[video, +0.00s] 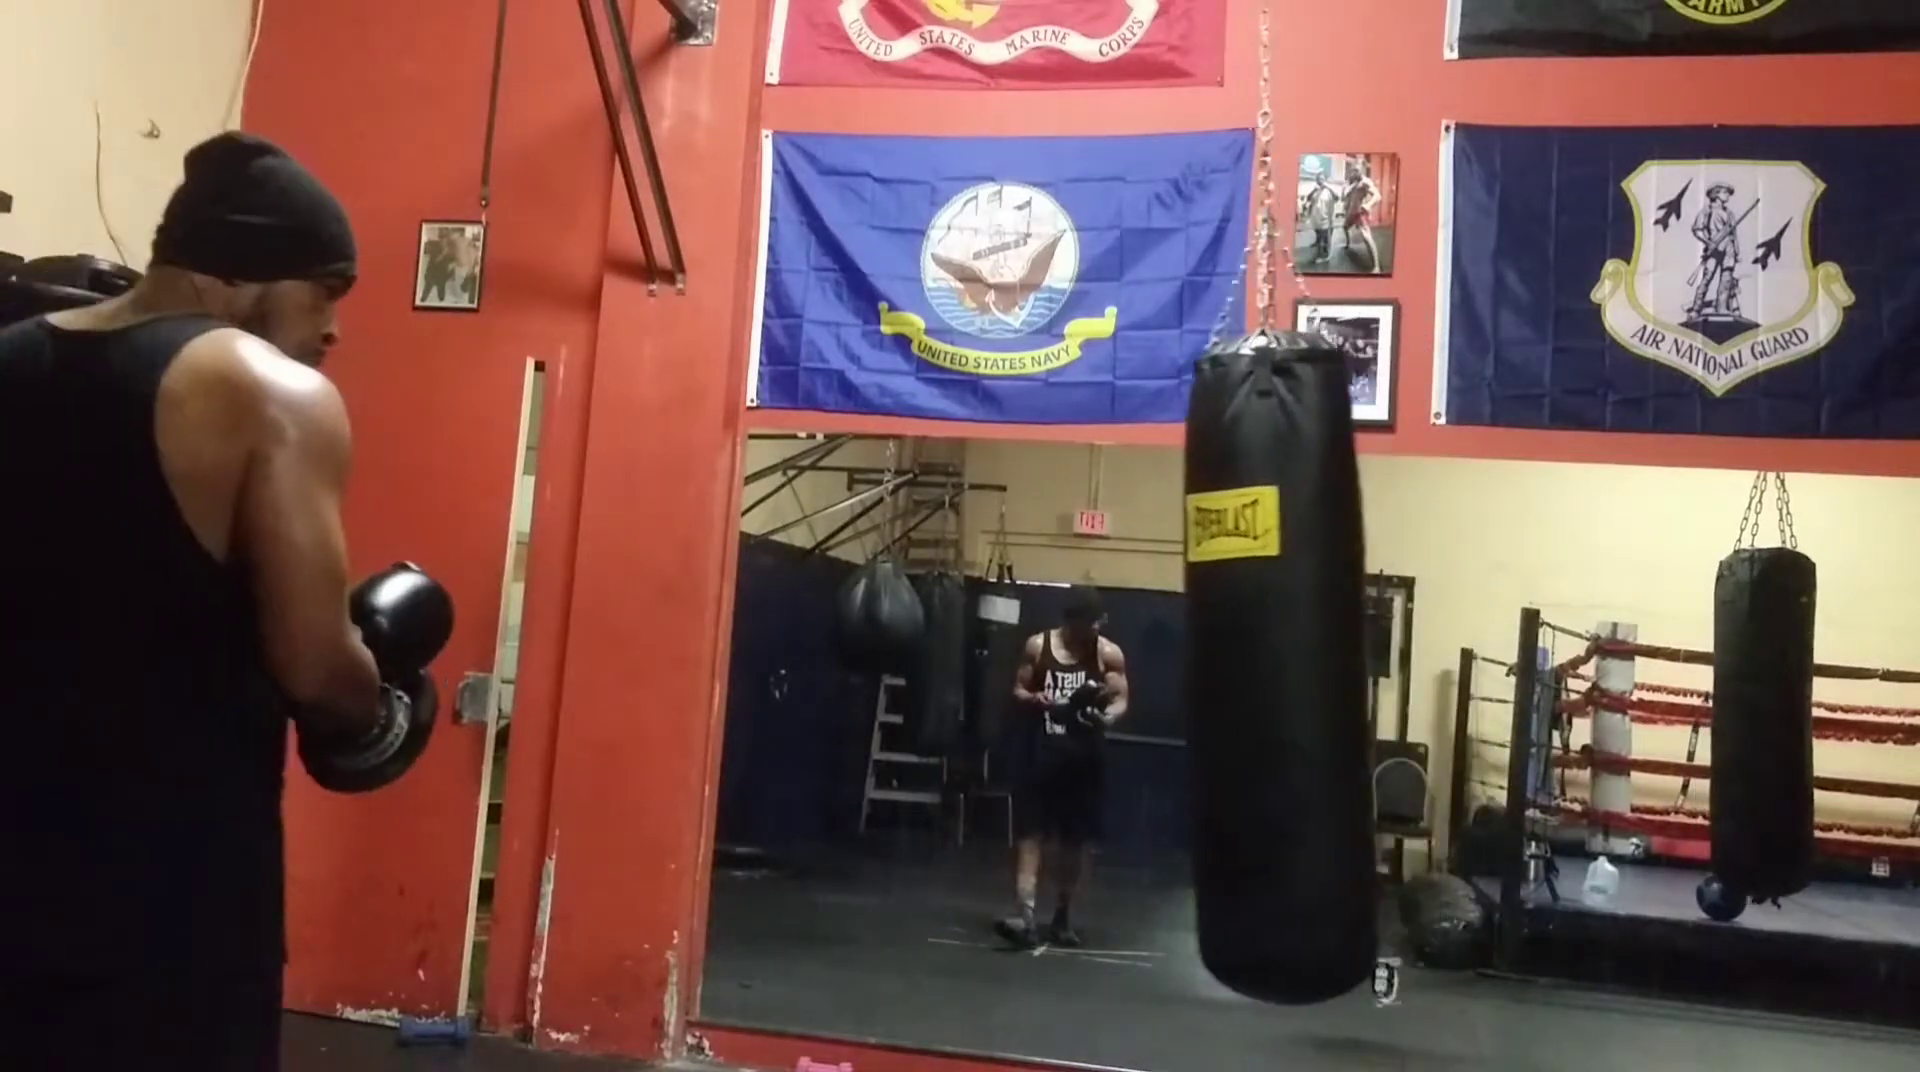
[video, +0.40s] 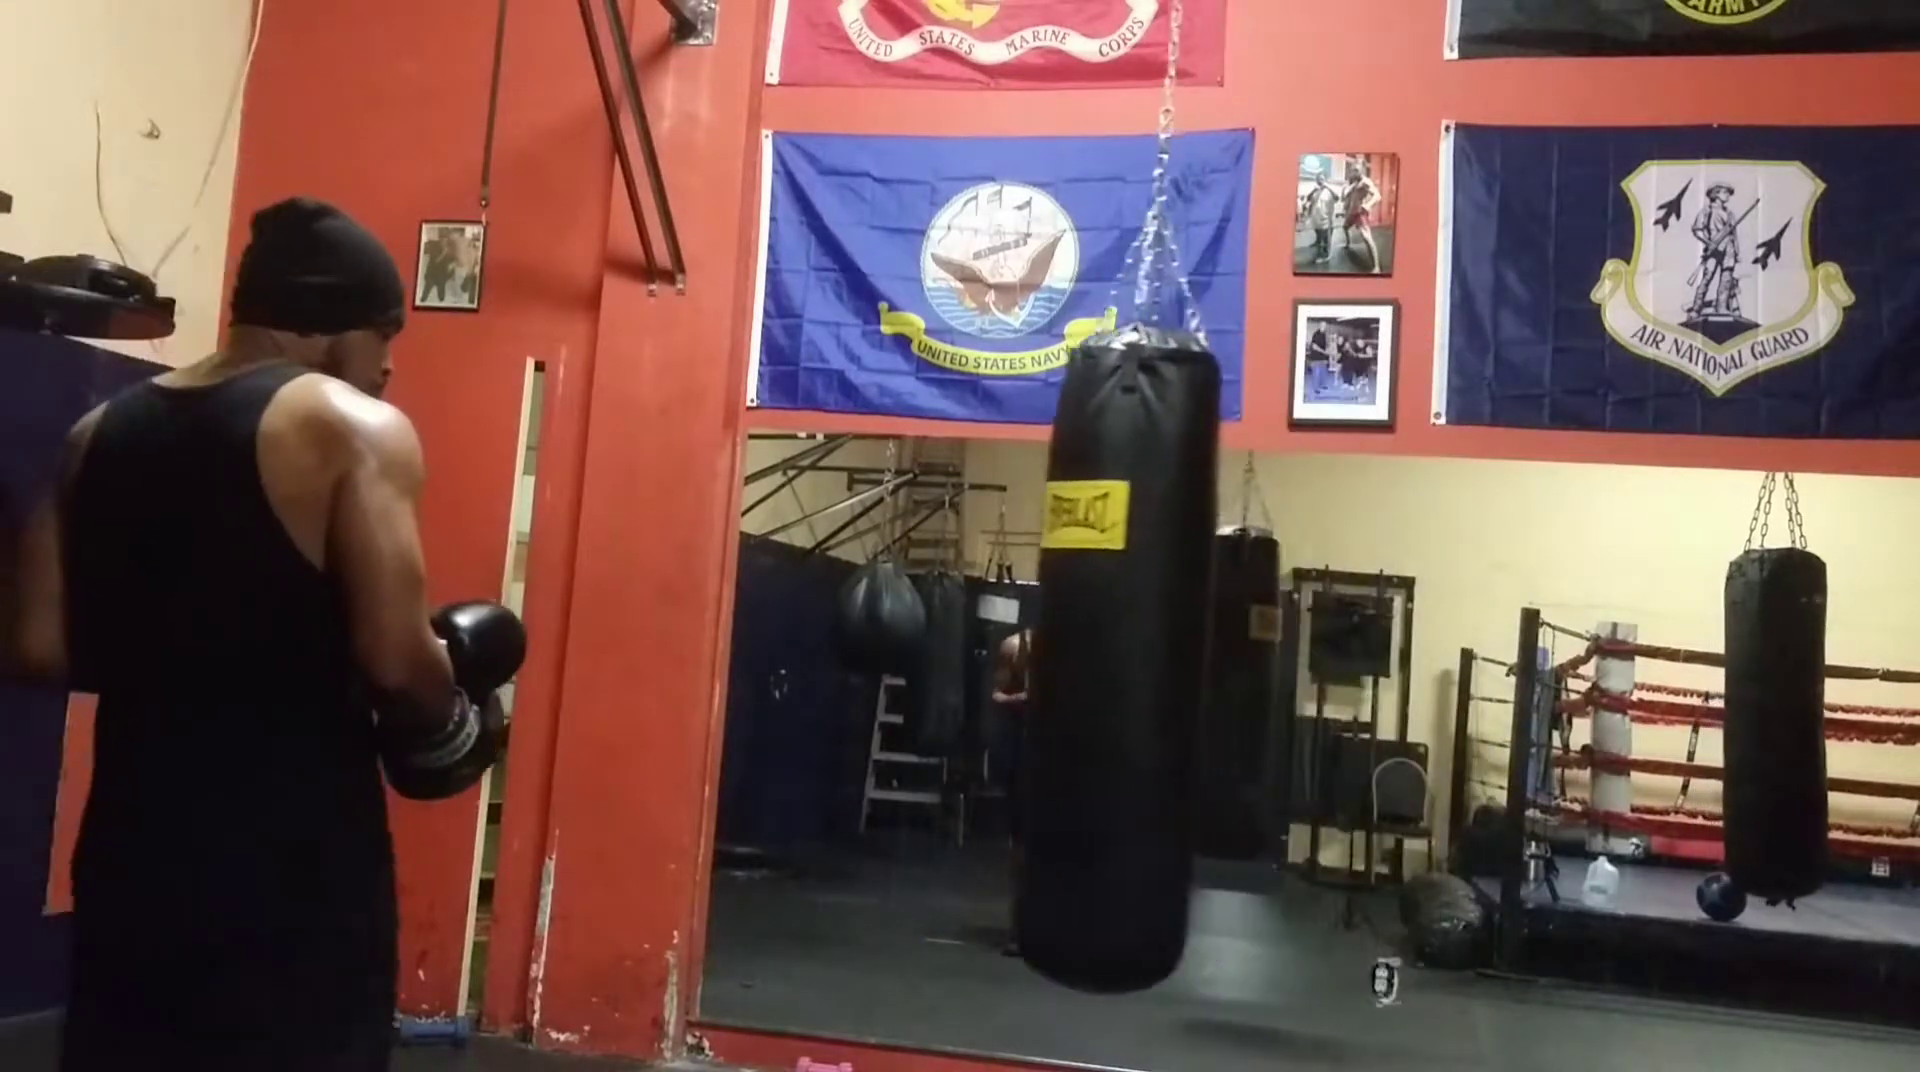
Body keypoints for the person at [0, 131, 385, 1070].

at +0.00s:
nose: (334, 332)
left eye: (340, 299)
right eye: (325, 293)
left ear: (189, 267)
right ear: (238, 277)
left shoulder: (23, 350)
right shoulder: (275, 395)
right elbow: (314, 666)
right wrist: (370, 710)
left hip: (16, 824)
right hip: (175, 855)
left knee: (36, 1035)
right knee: (183, 1044)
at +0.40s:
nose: (388, 365)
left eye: (392, 341)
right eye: (383, 338)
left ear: (255, 309)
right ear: (327, 325)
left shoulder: (104, 430)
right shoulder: (355, 425)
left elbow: (44, 646)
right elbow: (397, 658)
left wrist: (180, 646)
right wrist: (445, 711)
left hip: (136, 840)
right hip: (296, 850)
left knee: (128, 1047)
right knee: (303, 1048)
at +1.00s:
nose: (440, 427)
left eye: (441, 416)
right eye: (444, 415)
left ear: (342, 366)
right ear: (434, 400)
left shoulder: (204, 465)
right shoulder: (452, 477)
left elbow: (153, 657)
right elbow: (499, 675)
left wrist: (273, 662)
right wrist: (523, 636)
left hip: (223, 853)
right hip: (383, 866)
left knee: (207, 1055)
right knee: (373, 1054)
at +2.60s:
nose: (511, 487)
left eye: (514, 474)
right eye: (515, 474)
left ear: (440, 435)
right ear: (508, 461)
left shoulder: (332, 501)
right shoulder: (505, 517)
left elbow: (287, 645)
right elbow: (549, 671)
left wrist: (373, 610)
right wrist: (583, 664)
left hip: (336, 793)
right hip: (451, 800)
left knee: (332, 1006)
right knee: (463, 1001)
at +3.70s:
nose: (609, 520)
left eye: (612, 509)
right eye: (615, 509)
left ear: (553, 462)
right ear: (614, 493)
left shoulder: (447, 518)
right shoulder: (597, 538)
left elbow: (399, 648)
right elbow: (622, 681)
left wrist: (482, 629)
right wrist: (651, 691)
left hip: (438, 774)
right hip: (527, 786)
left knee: (455, 963)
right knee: (503, 983)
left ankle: (444, 1057)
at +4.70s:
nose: (659, 543)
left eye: (665, 531)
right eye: (663, 529)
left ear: (602, 491)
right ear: (648, 508)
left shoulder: (512, 541)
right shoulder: (626, 555)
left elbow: (461, 661)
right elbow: (642, 680)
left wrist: (555, 641)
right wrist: (687, 695)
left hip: (490, 786)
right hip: (576, 791)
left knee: (512, 961)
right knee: (605, 950)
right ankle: (525, 1061)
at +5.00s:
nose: (688, 539)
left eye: (695, 527)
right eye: (692, 525)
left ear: (634, 489)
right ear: (674, 507)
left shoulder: (551, 538)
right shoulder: (640, 550)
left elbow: (566, 644)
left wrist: (660, 636)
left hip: (518, 767)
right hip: (599, 774)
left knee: (527, 943)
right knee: (655, 932)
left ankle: (513, 1065)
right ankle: (646, 1064)